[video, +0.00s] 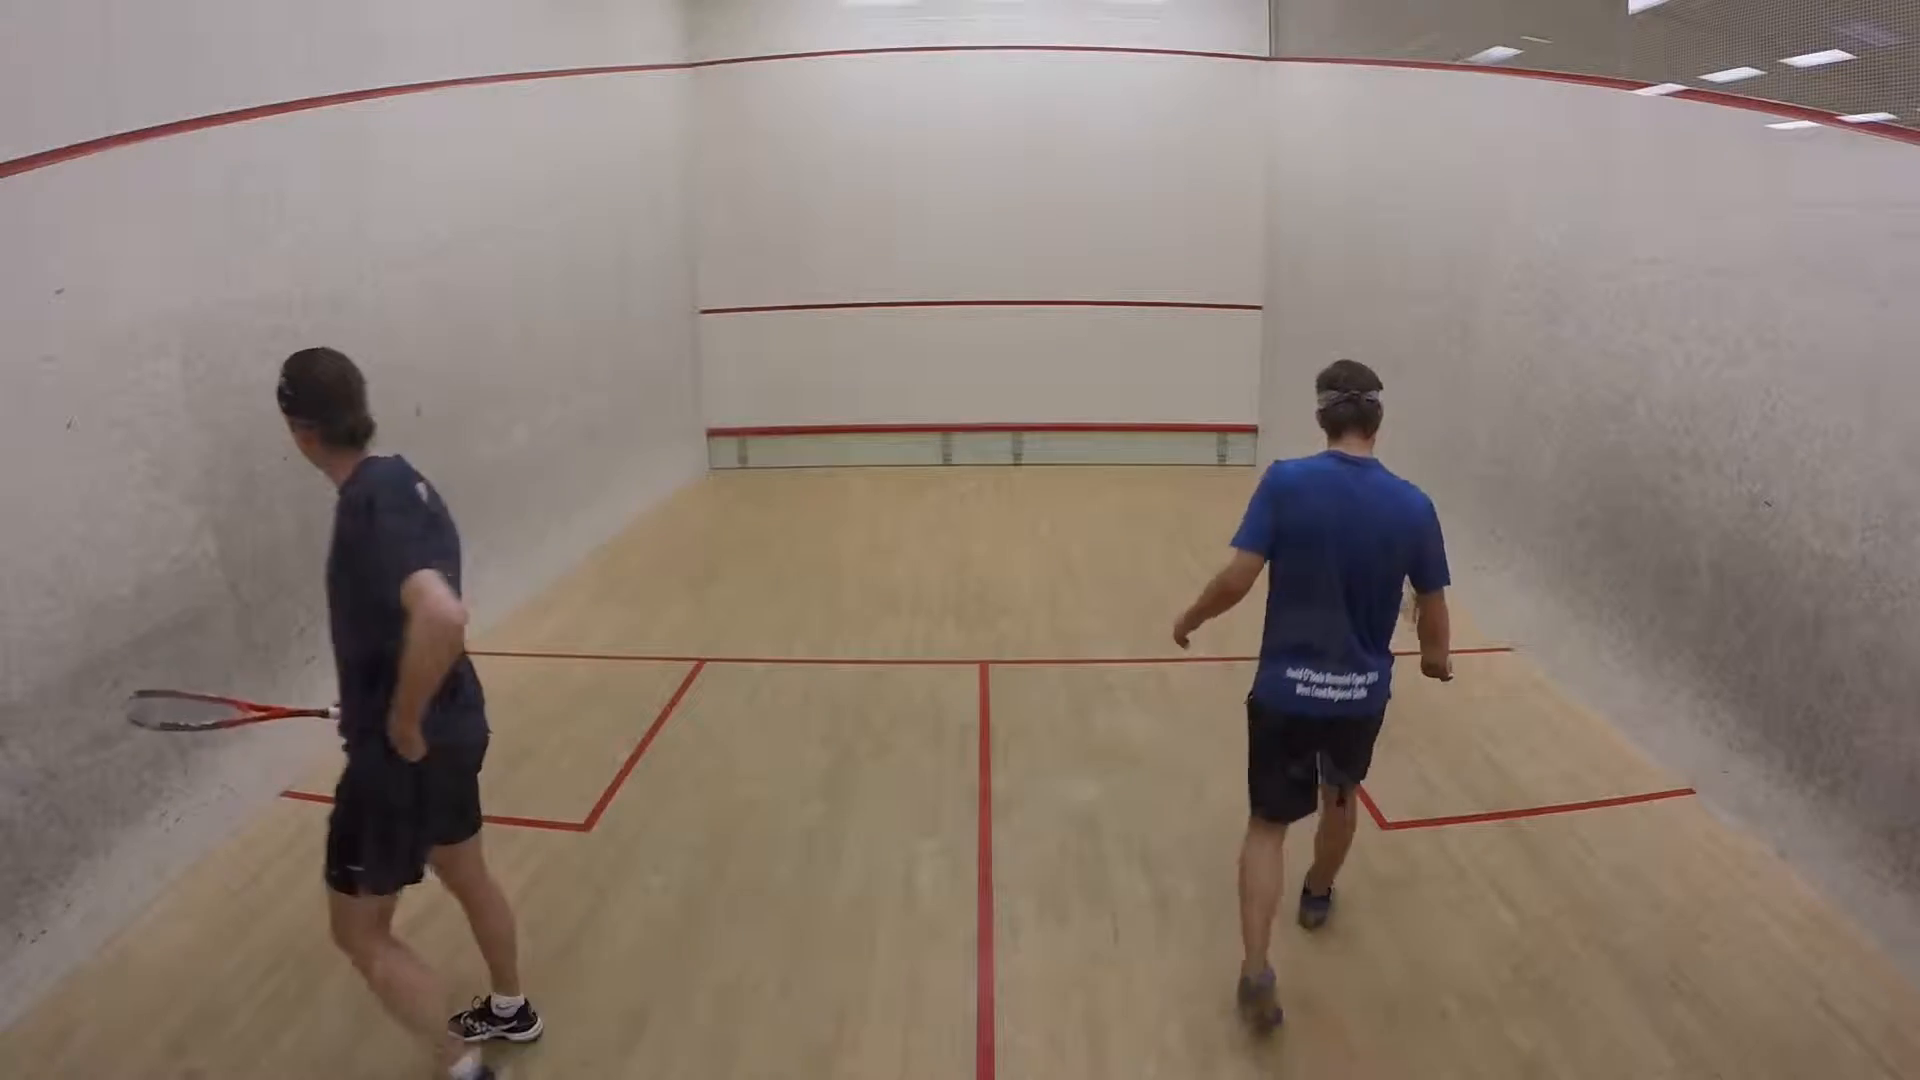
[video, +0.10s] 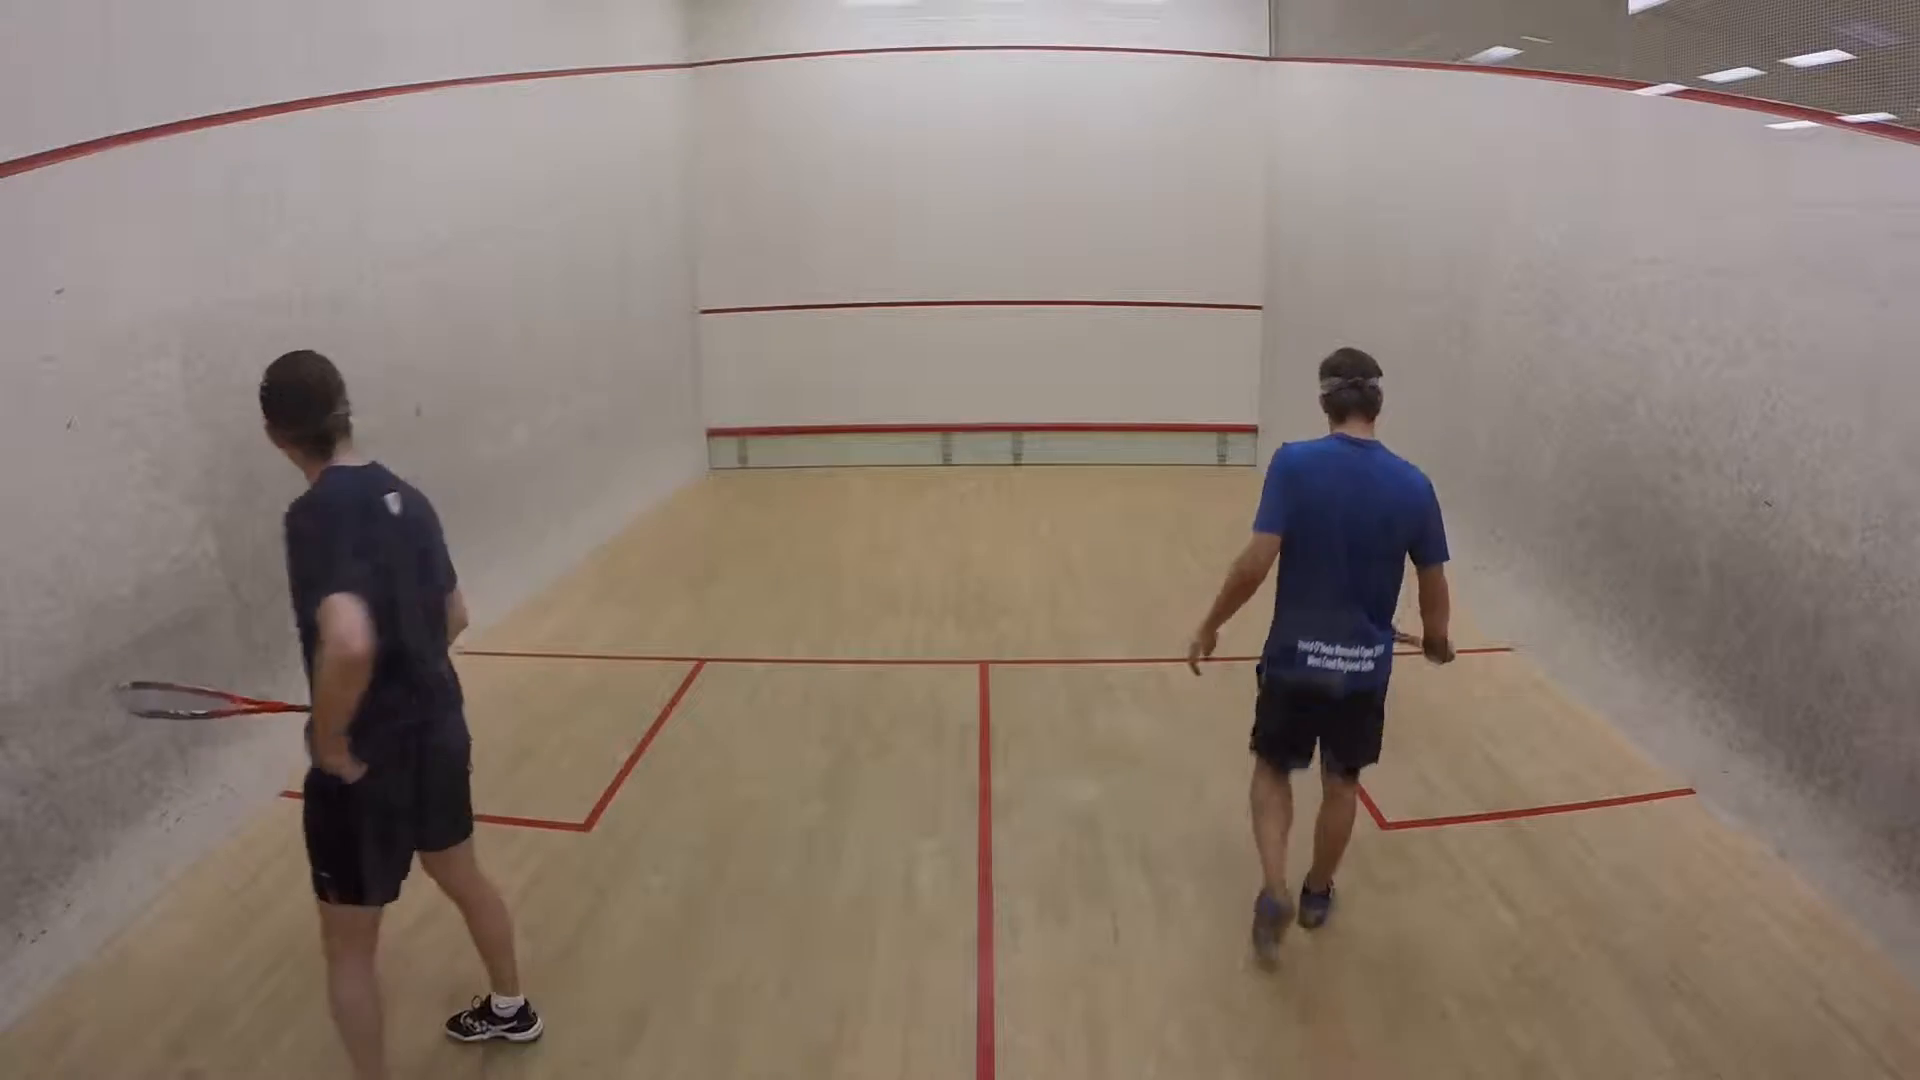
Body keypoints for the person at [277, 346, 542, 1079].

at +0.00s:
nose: (289, 432)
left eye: (288, 421)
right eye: (289, 419)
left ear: (301, 432)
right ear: (363, 410)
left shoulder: (374, 503)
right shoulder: (401, 481)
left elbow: (442, 617)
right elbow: (425, 608)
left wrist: (407, 716)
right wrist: (363, 699)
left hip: (395, 750)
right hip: (449, 731)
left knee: (360, 931)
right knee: (466, 868)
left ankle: (457, 1063)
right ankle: (512, 1006)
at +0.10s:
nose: (270, 434)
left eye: (268, 423)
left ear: (276, 434)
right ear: (343, 410)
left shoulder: (314, 516)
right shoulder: (404, 495)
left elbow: (350, 642)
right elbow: (451, 613)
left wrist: (327, 737)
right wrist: (400, 675)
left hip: (364, 756)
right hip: (437, 732)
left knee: (350, 947)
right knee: (461, 870)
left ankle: (368, 1067)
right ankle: (511, 1006)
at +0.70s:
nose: (326, 436)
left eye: (322, 420)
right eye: (313, 422)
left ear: (248, 440)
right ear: (266, 437)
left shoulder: (176, 547)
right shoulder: (314, 538)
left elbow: (177, 682)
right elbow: (402, 685)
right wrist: (394, 636)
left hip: (277, 814)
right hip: (371, 789)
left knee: (330, 986)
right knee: (485, 915)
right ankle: (568, 1049)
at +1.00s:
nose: (405, 447)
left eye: (403, 431)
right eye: (396, 432)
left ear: (329, 441)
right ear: (353, 441)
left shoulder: (250, 551)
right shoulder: (392, 546)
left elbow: (246, 684)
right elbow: (531, 596)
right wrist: (474, 531)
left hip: (349, 805)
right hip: (447, 791)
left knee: (371, 974)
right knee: (547, 957)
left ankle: (379, 1077)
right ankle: (629, 1074)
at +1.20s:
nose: (471, 444)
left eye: (471, 429)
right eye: (467, 430)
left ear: (378, 429)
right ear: (440, 432)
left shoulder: (305, 532)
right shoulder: (460, 521)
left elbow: (275, 671)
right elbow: (573, 501)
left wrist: (361, 648)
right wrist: (485, 468)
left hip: (404, 804)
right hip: (501, 792)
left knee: (406, 949)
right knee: (573, 958)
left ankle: (406, 1070)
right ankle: (632, 1072)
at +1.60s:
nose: (495, 446)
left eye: (493, 434)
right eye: (489, 436)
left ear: (402, 434)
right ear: (465, 443)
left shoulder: (329, 515)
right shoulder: (466, 522)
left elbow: (293, 639)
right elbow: (566, 481)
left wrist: (372, 614)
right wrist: (494, 450)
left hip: (404, 801)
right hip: (501, 790)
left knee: (417, 954)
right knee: (568, 959)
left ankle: (434, 1070)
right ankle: (630, 1072)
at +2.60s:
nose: (473, 412)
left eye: (467, 396)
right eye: (460, 400)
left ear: (390, 425)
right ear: (415, 421)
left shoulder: (322, 523)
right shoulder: (463, 524)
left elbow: (302, 659)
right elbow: (544, 674)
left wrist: (369, 607)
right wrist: (532, 633)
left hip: (408, 792)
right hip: (503, 780)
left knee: (420, 955)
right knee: (572, 949)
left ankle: (436, 1070)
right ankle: (632, 1070)